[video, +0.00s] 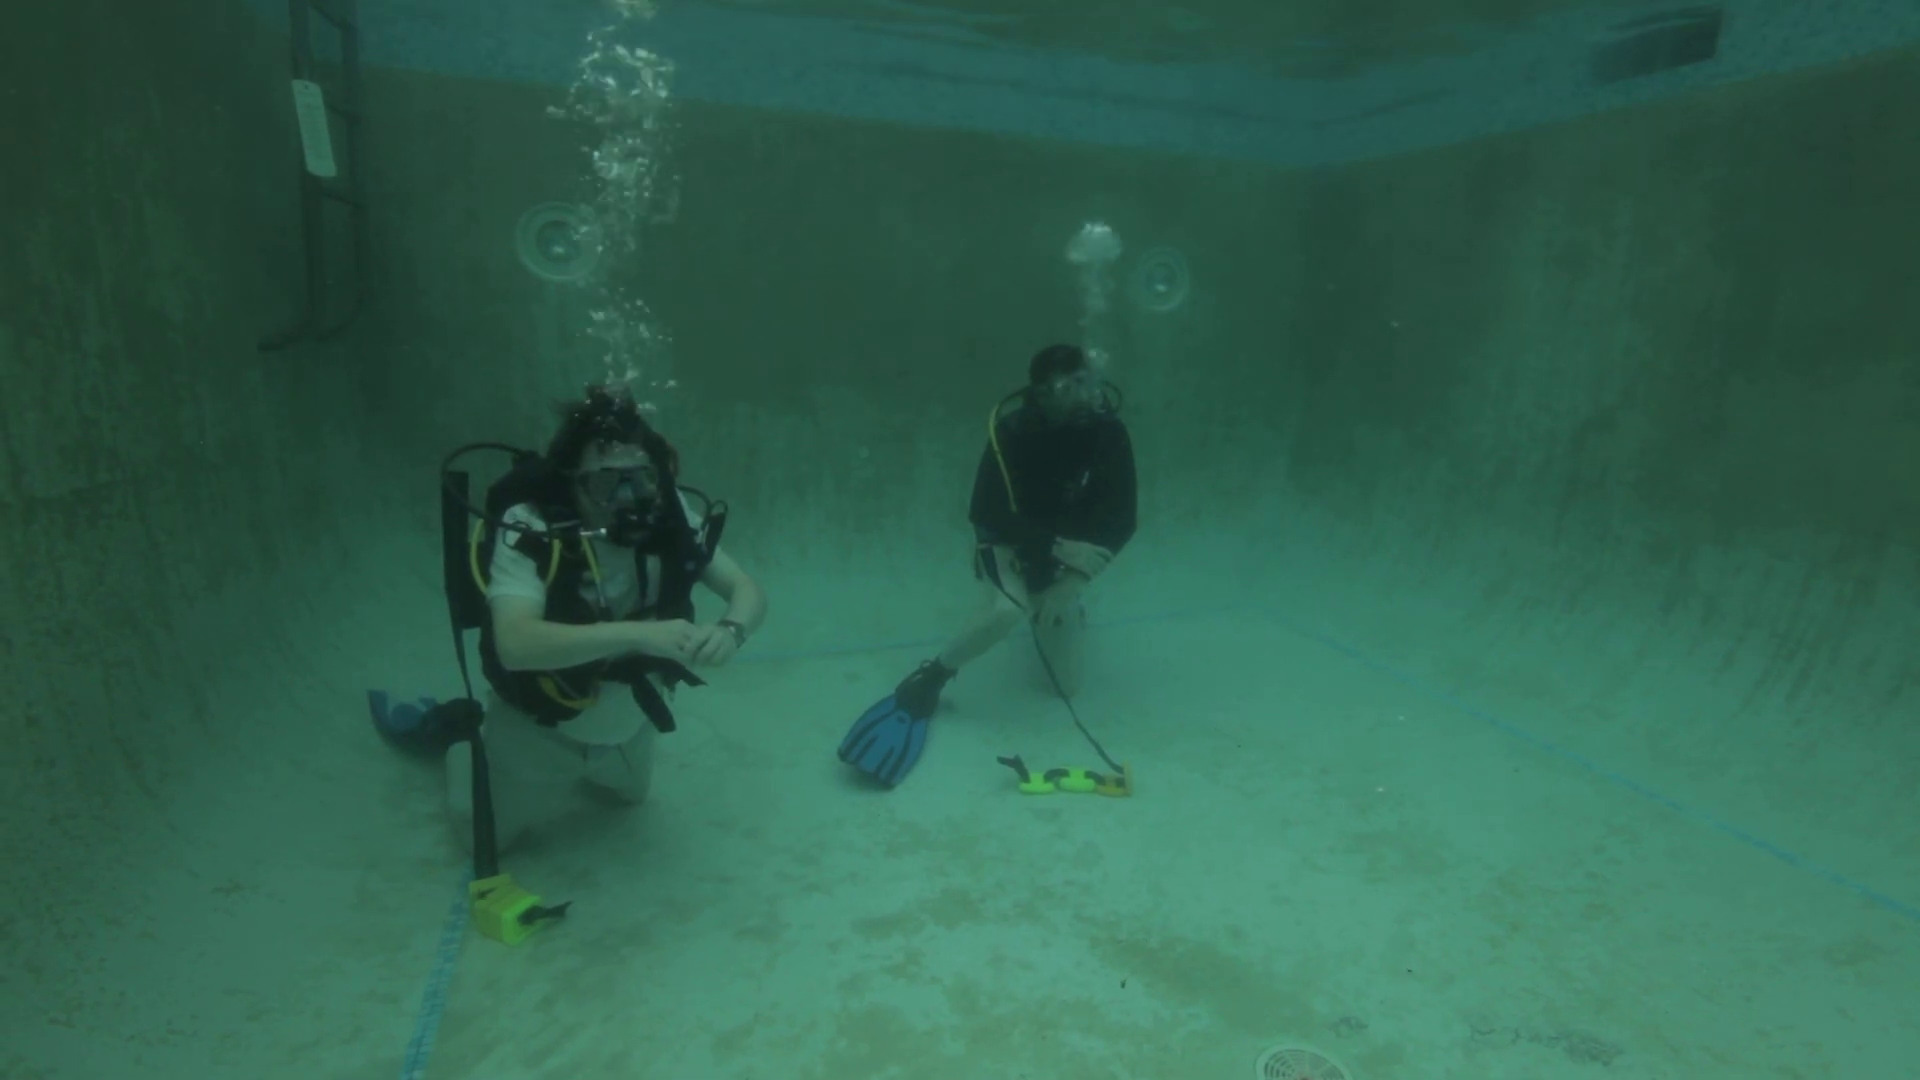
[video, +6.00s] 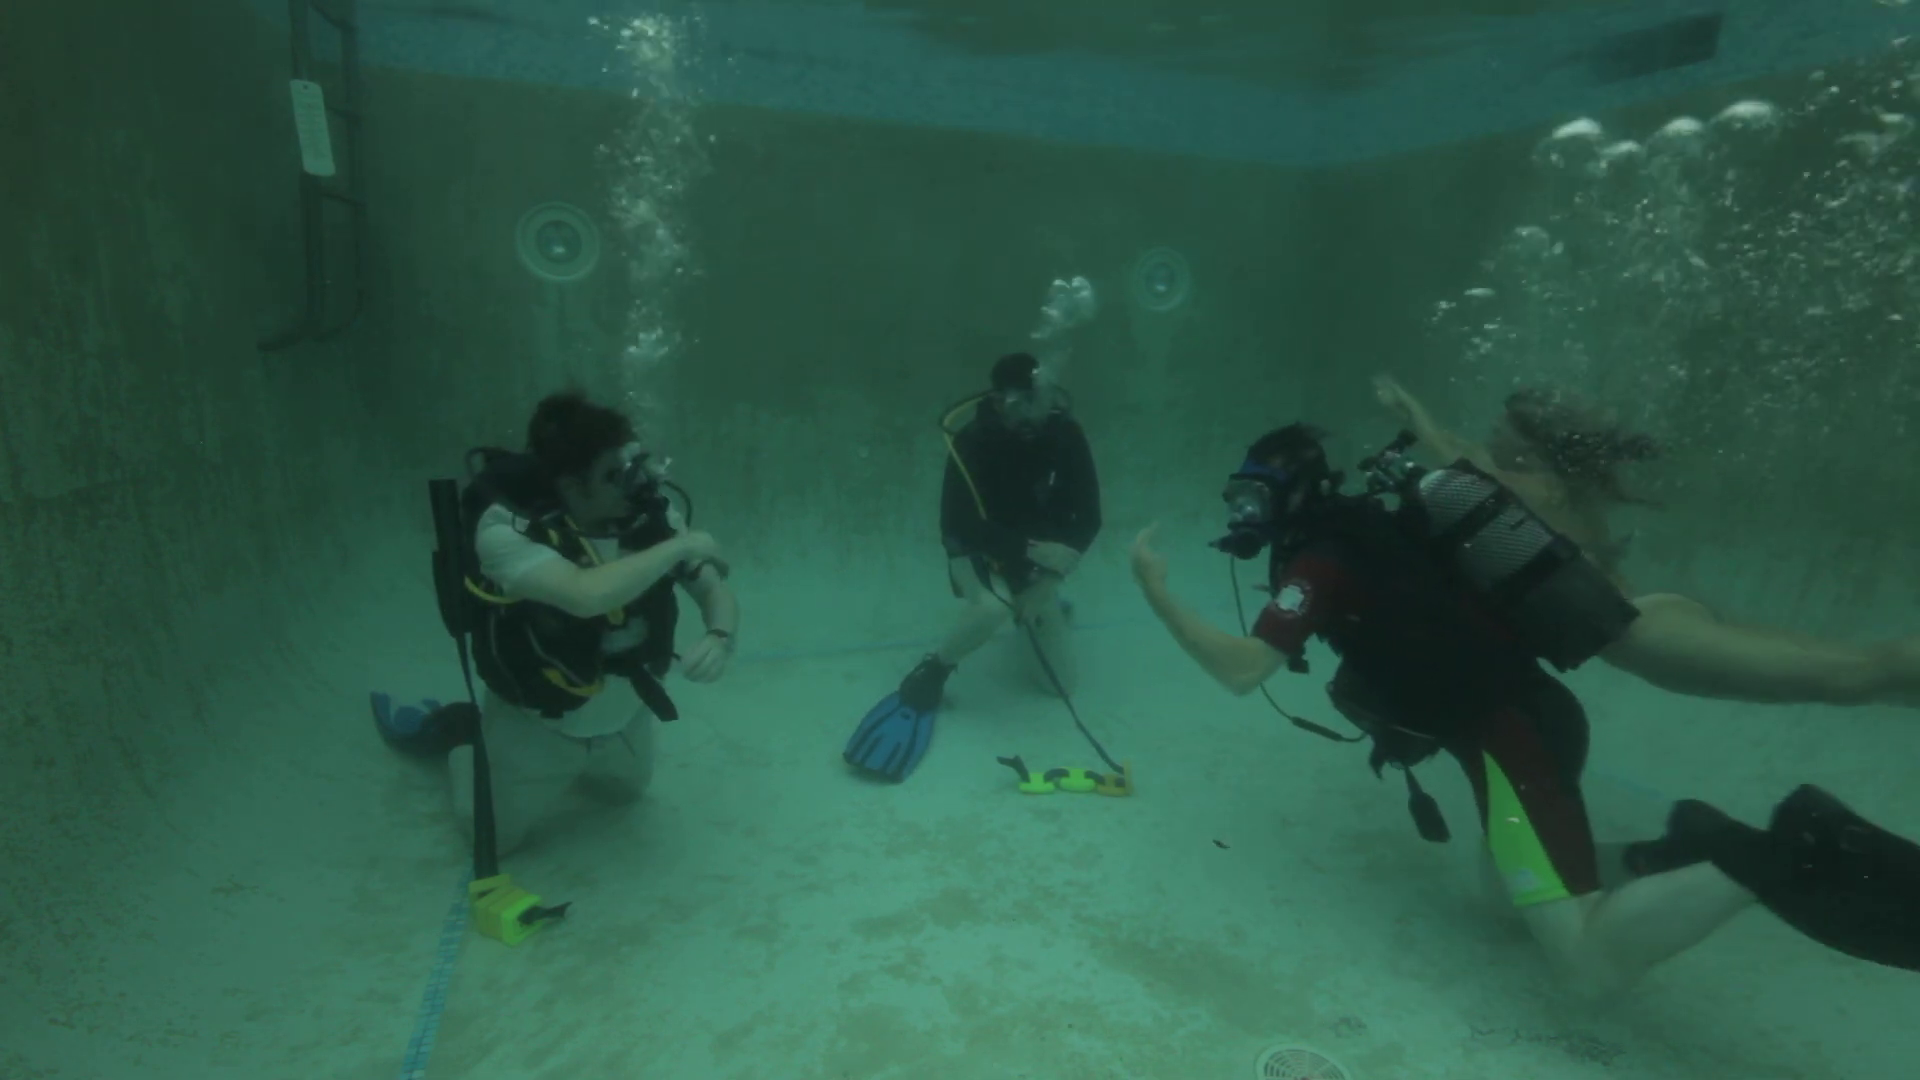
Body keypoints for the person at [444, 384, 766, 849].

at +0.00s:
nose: (624, 498)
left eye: (636, 480)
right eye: (605, 483)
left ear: (658, 477)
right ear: (572, 482)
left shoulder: (670, 517)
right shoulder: (528, 525)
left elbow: (746, 590)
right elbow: (515, 644)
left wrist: (732, 629)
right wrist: (642, 636)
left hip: (627, 708)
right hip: (539, 716)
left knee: (629, 787)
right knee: (485, 835)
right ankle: (460, 729)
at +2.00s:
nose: (630, 495)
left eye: (643, 478)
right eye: (611, 479)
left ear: (663, 476)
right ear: (576, 479)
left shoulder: (673, 519)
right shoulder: (531, 527)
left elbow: (748, 593)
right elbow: (518, 649)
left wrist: (734, 636)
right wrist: (648, 643)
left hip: (627, 712)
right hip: (539, 719)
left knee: (628, 786)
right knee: (485, 836)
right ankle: (462, 728)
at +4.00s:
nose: (648, 503)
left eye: (652, 483)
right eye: (628, 492)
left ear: (660, 473)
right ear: (579, 497)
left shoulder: (659, 517)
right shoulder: (522, 528)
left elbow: (743, 587)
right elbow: (513, 643)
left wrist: (728, 628)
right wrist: (640, 633)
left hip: (626, 715)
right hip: (537, 723)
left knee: (628, 788)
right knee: (490, 836)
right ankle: (462, 729)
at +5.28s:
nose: (633, 494)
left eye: (636, 475)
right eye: (612, 483)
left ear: (643, 466)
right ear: (563, 489)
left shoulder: (649, 513)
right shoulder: (508, 529)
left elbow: (720, 586)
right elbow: (544, 628)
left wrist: (731, 631)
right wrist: (654, 568)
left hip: (626, 712)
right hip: (538, 723)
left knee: (627, 787)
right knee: (500, 834)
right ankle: (463, 731)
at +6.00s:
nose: (633, 484)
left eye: (631, 468)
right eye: (616, 475)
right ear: (570, 486)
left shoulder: (642, 513)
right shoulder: (502, 534)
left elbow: (710, 583)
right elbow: (585, 595)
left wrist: (721, 634)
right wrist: (681, 546)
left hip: (623, 704)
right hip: (535, 718)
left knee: (625, 788)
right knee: (499, 832)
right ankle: (455, 732)